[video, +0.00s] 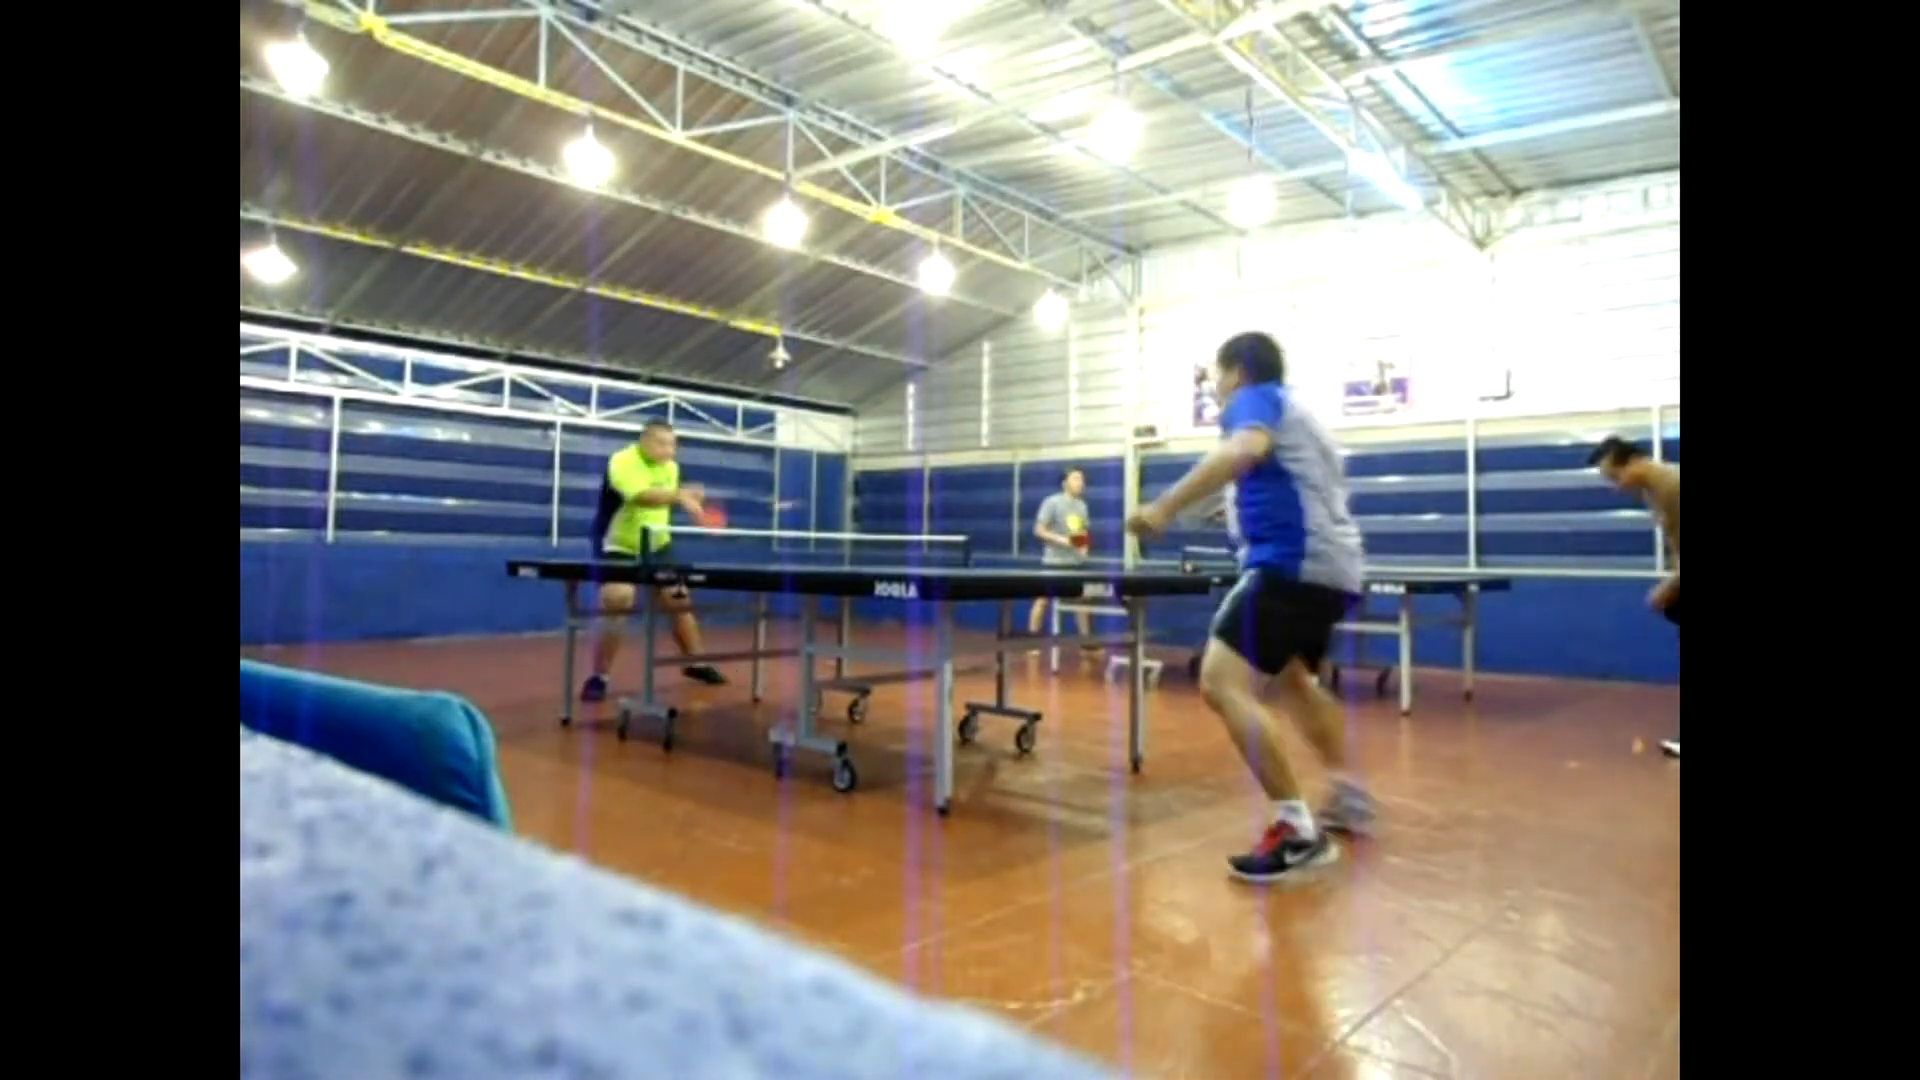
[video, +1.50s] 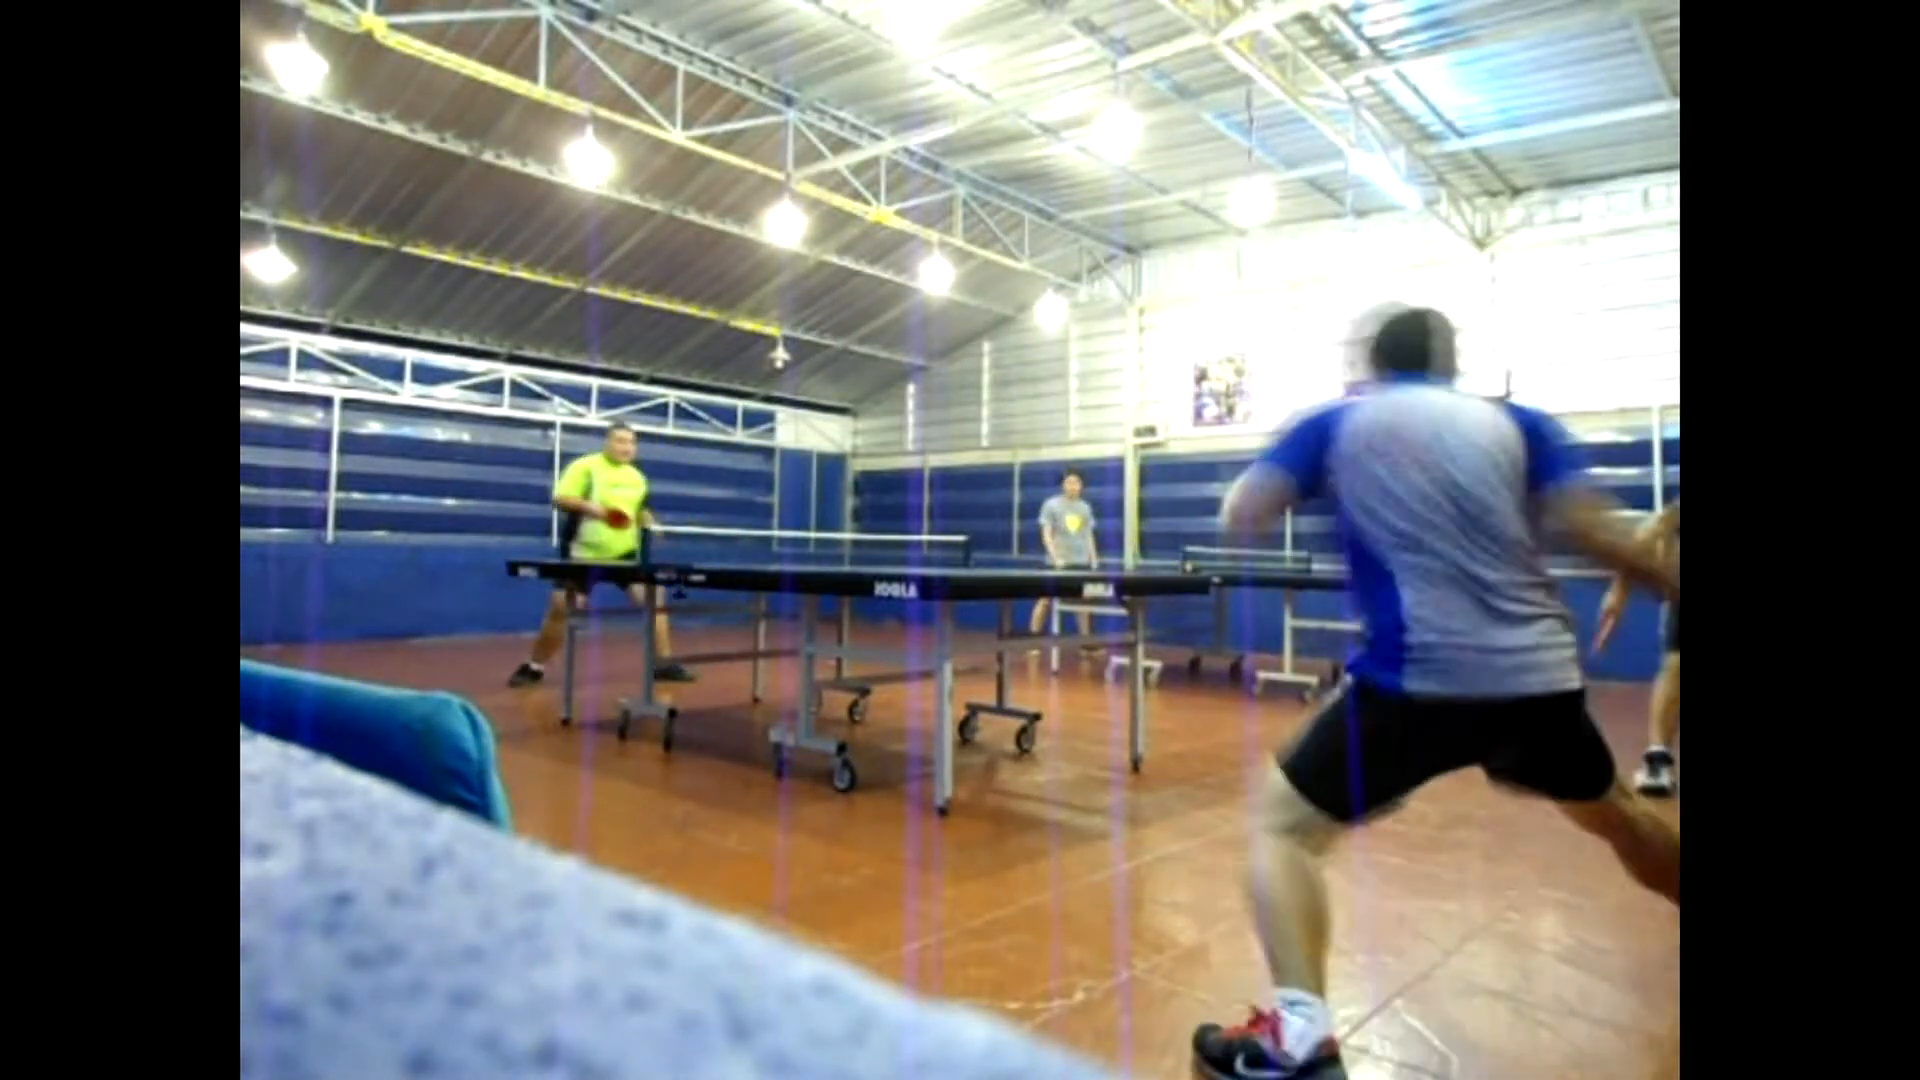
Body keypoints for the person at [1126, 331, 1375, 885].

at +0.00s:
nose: (1216, 386)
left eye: (1220, 376)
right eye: (1217, 376)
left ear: (1240, 371)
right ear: (1269, 372)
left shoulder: (1254, 399)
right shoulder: (1297, 415)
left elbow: (1248, 448)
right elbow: (1320, 493)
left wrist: (1163, 509)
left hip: (1290, 567)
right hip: (1333, 570)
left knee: (1220, 680)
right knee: (1292, 675)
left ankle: (1296, 827)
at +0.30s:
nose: (1235, 451)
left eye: (1237, 437)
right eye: (1233, 440)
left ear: (1259, 428)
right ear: (1275, 426)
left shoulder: (1299, 449)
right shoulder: (1307, 472)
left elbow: (1204, 494)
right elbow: (1324, 568)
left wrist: (1161, 523)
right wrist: (1272, 607)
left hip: (1405, 616)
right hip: (1397, 616)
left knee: (1293, 698)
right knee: (1328, 701)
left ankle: (1327, 871)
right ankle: (1385, 808)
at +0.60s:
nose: (1304, 408)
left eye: (1309, 395)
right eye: (1302, 397)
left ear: (1342, 391)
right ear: (1337, 394)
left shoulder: (1400, 430)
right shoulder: (1334, 441)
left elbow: (1346, 485)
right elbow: (1266, 458)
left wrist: (1241, 491)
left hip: (1440, 597)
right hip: (1444, 599)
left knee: (1324, 697)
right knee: (1379, 699)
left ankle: (1401, 855)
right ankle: (1386, 810)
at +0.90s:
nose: (1363, 348)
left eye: (1368, 333)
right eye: (1364, 335)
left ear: (1395, 329)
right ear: (1424, 330)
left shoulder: (1427, 377)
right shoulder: (1452, 381)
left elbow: (1344, 443)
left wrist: (1241, 460)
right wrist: (1392, 521)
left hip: (1474, 590)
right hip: (1506, 588)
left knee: (1374, 723)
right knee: (1444, 700)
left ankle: (1461, 896)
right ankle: (1479, 823)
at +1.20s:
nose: (1440, 393)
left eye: (1442, 382)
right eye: (1438, 383)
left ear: (1462, 376)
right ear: (1518, 372)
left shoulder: (1456, 416)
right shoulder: (1594, 437)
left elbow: (1378, 500)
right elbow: (1610, 534)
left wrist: (1331, 540)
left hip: (1508, 616)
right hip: (1610, 625)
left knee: (1405, 752)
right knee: (1579, 741)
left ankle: (1404, 945)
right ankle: (1669, 890)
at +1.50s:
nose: (1354, 377)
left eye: (1359, 366)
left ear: (1374, 367)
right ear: (1450, 364)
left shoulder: (1338, 424)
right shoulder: (1519, 424)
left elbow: (1242, 518)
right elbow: (1584, 525)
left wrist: (1298, 468)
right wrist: (1663, 577)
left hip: (1412, 689)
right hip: (1537, 688)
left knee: (1283, 827)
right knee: (1621, 819)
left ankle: (1301, 1029)